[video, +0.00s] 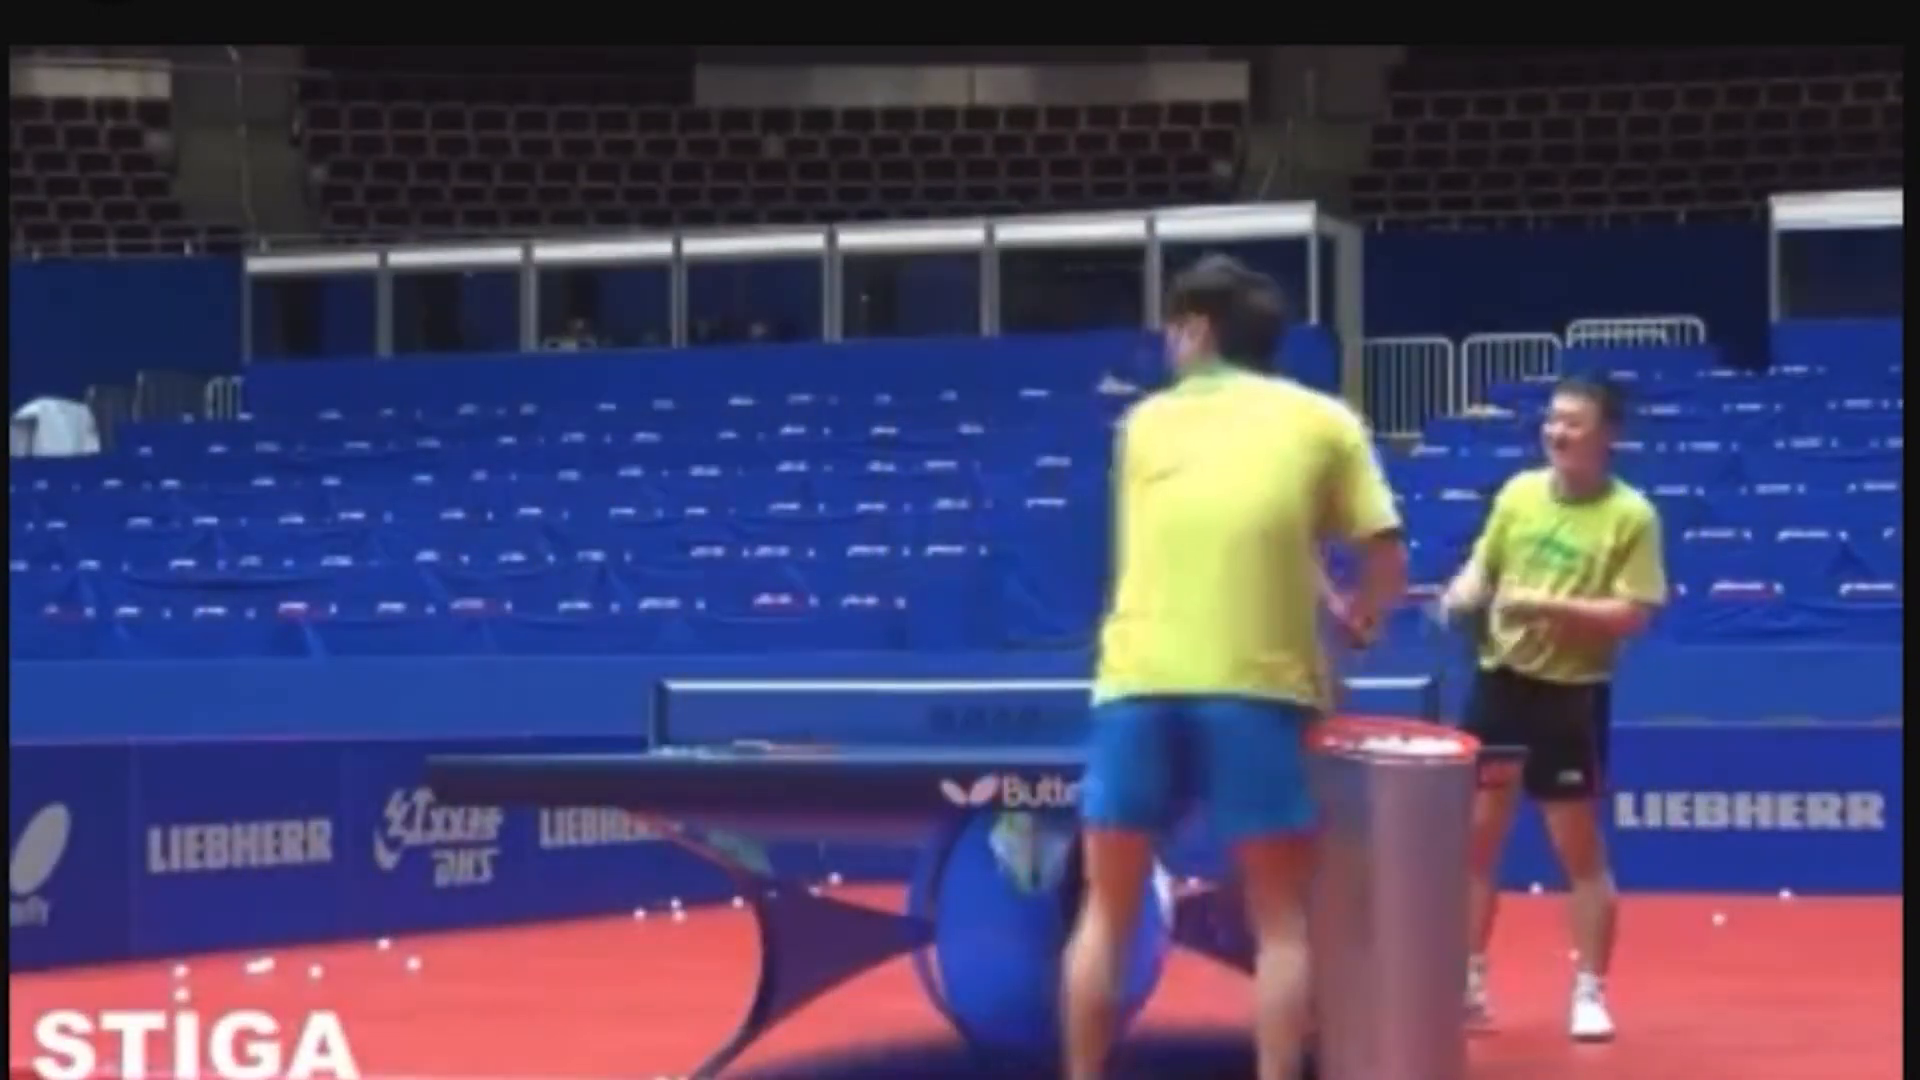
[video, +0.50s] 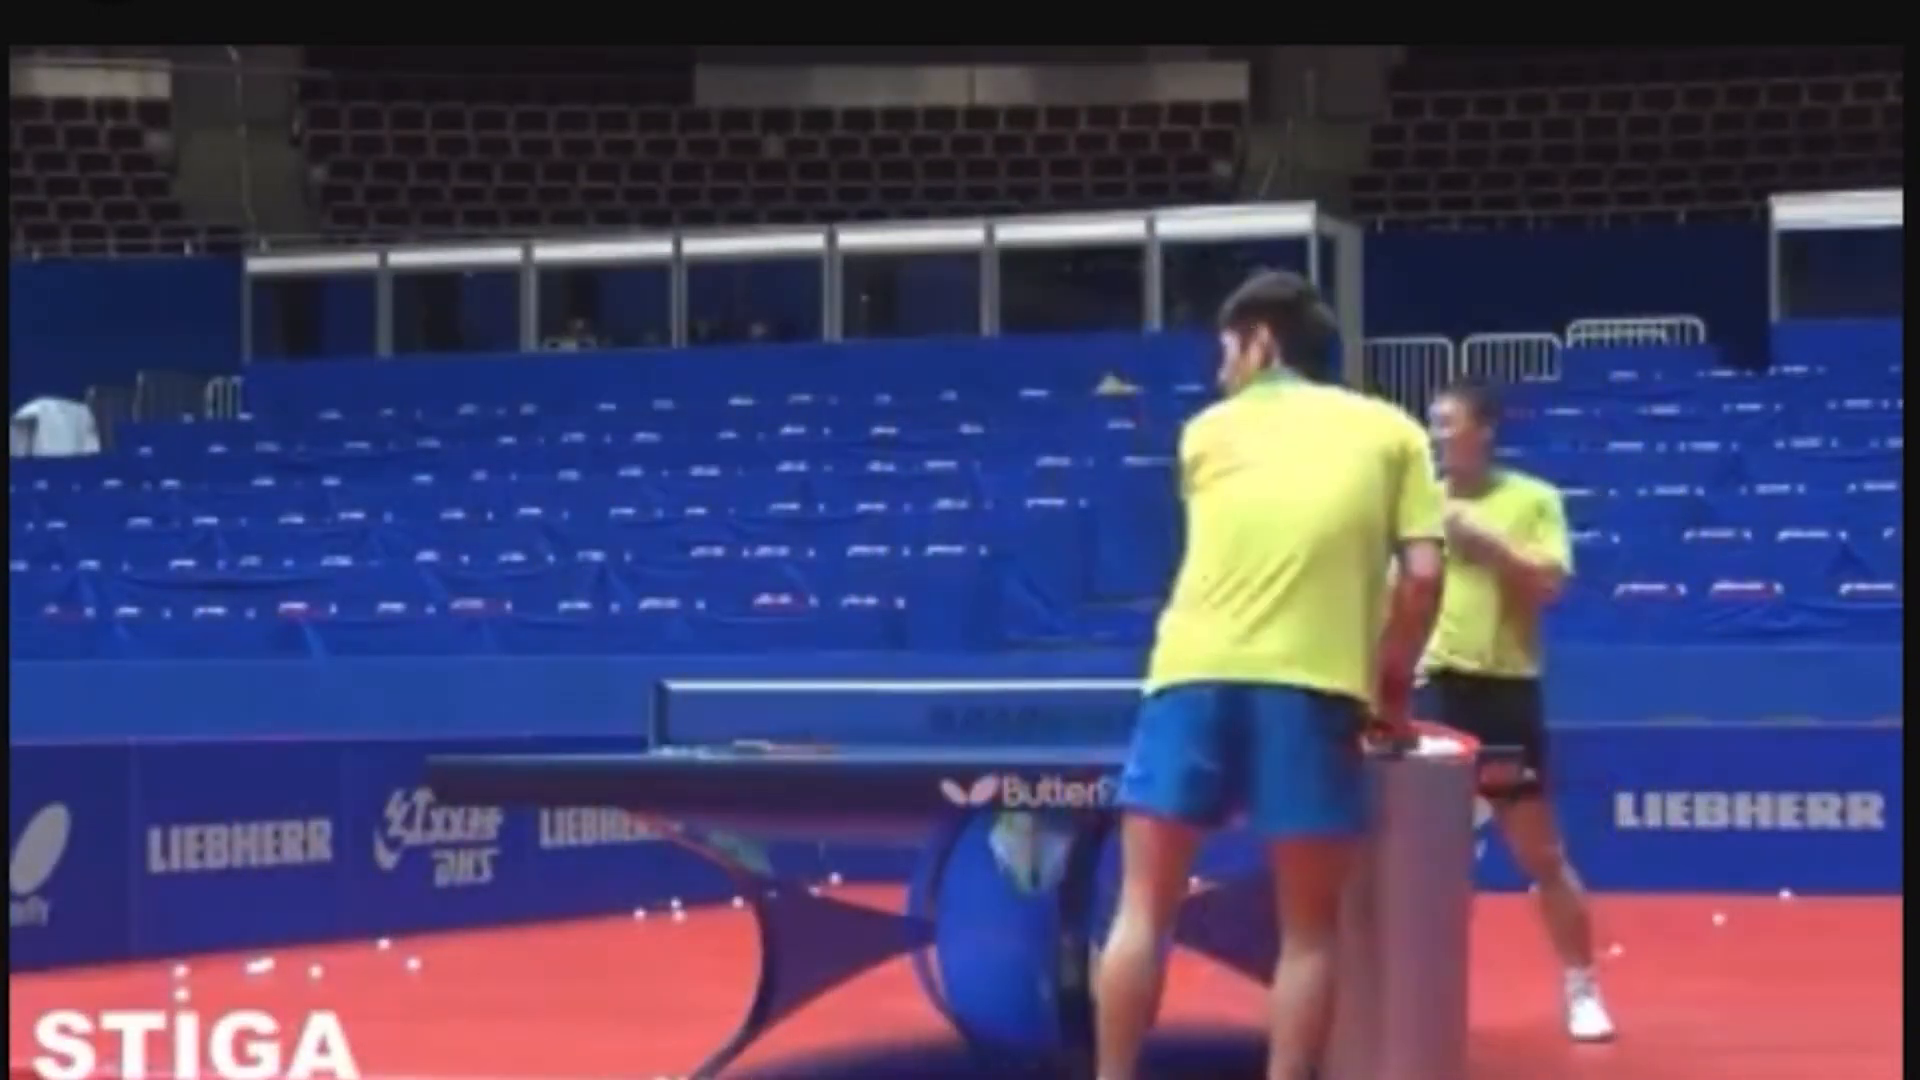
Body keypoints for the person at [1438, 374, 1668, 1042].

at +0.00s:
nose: (1557, 434)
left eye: (1573, 424)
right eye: (1553, 421)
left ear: (1608, 436)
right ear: (1545, 430)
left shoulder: (1632, 517)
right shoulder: (1519, 491)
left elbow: (1633, 610)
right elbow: (1483, 564)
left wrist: (1544, 605)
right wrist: (1464, 591)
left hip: (1571, 685)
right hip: (1502, 675)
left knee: (1576, 840)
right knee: (1481, 827)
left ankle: (1590, 985)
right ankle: (1468, 974)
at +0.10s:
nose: (1541, 433)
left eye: (1557, 422)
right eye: (1537, 420)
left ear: (1594, 434)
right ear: (1529, 430)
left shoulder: (1622, 513)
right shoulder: (1509, 494)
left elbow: (1629, 603)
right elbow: (1472, 574)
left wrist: (1541, 593)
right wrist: (1413, 624)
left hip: (1565, 686)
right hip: (1495, 677)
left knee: (1576, 845)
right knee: (1469, 830)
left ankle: (1589, 987)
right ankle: (1439, 976)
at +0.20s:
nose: (1524, 434)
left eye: (1539, 422)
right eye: (1519, 422)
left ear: (1574, 434)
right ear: (1513, 432)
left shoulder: (1608, 510)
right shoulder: (1491, 500)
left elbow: (1621, 598)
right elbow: (1450, 581)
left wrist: (1540, 581)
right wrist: (1405, 632)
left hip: (1558, 687)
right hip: (1484, 680)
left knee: (1572, 847)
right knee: (1451, 837)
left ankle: (1589, 988)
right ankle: (1421, 985)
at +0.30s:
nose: (1495, 438)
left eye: (1509, 425)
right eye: (1491, 425)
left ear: (1544, 435)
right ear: (1485, 435)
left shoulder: (1585, 506)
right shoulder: (1466, 504)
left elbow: (1604, 592)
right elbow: (1441, 580)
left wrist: (1532, 566)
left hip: (1543, 687)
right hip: (1467, 681)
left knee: (1558, 847)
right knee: (1442, 841)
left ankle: (1587, 988)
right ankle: (1421, 991)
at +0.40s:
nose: (1467, 435)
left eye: (1480, 423)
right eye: (1462, 424)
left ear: (1516, 430)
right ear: (1457, 435)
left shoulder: (1561, 503)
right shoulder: (1440, 504)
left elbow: (1580, 583)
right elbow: (1409, 589)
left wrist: (1513, 557)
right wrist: (1393, 666)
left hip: (1524, 684)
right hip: (1447, 679)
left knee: (1545, 844)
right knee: (1425, 840)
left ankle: (1584, 986)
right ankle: (1413, 992)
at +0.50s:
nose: (1442, 440)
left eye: (1453, 427)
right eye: (1437, 428)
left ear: (1487, 431)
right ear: (1435, 436)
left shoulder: (1532, 500)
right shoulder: (1419, 501)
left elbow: (1546, 581)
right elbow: (1396, 590)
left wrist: (1480, 540)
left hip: (1505, 679)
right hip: (1434, 677)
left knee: (1539, 849)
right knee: (1419, 844)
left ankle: (1581, 983)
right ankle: (1410, 994)